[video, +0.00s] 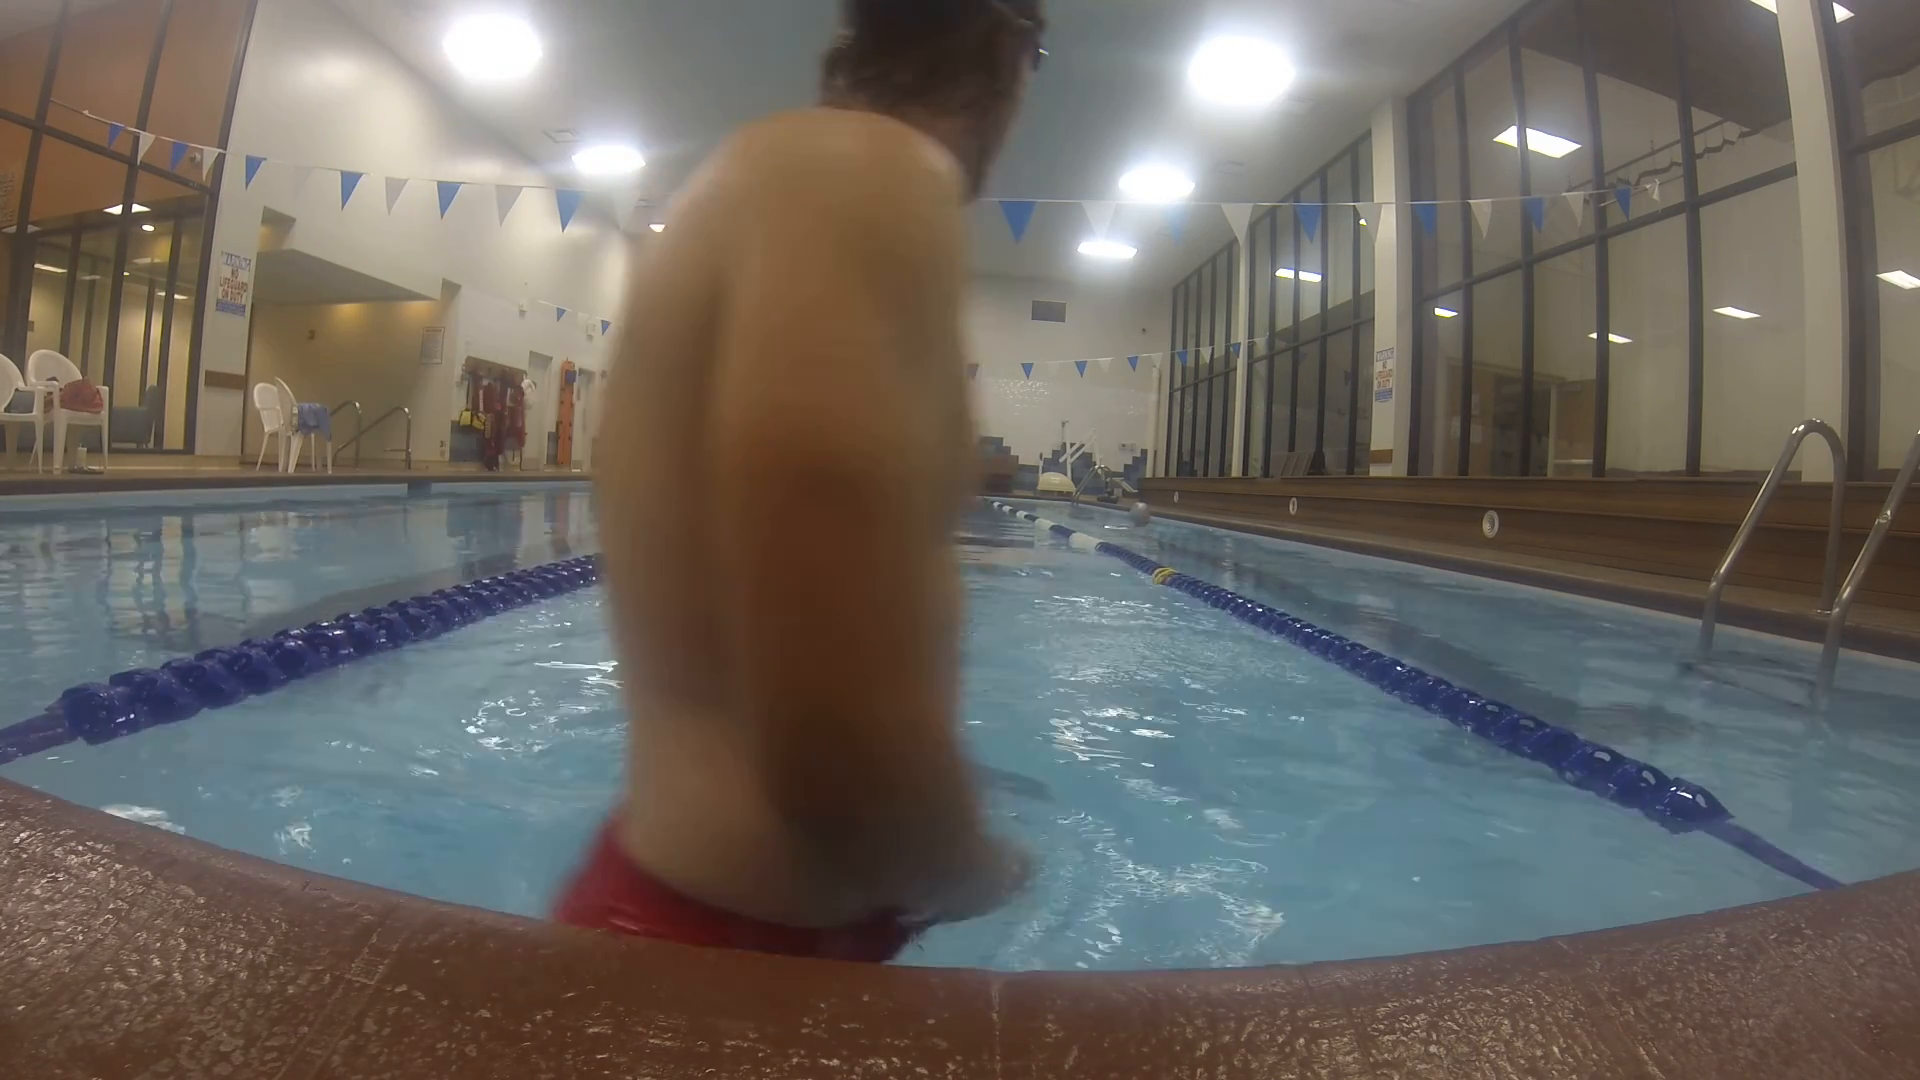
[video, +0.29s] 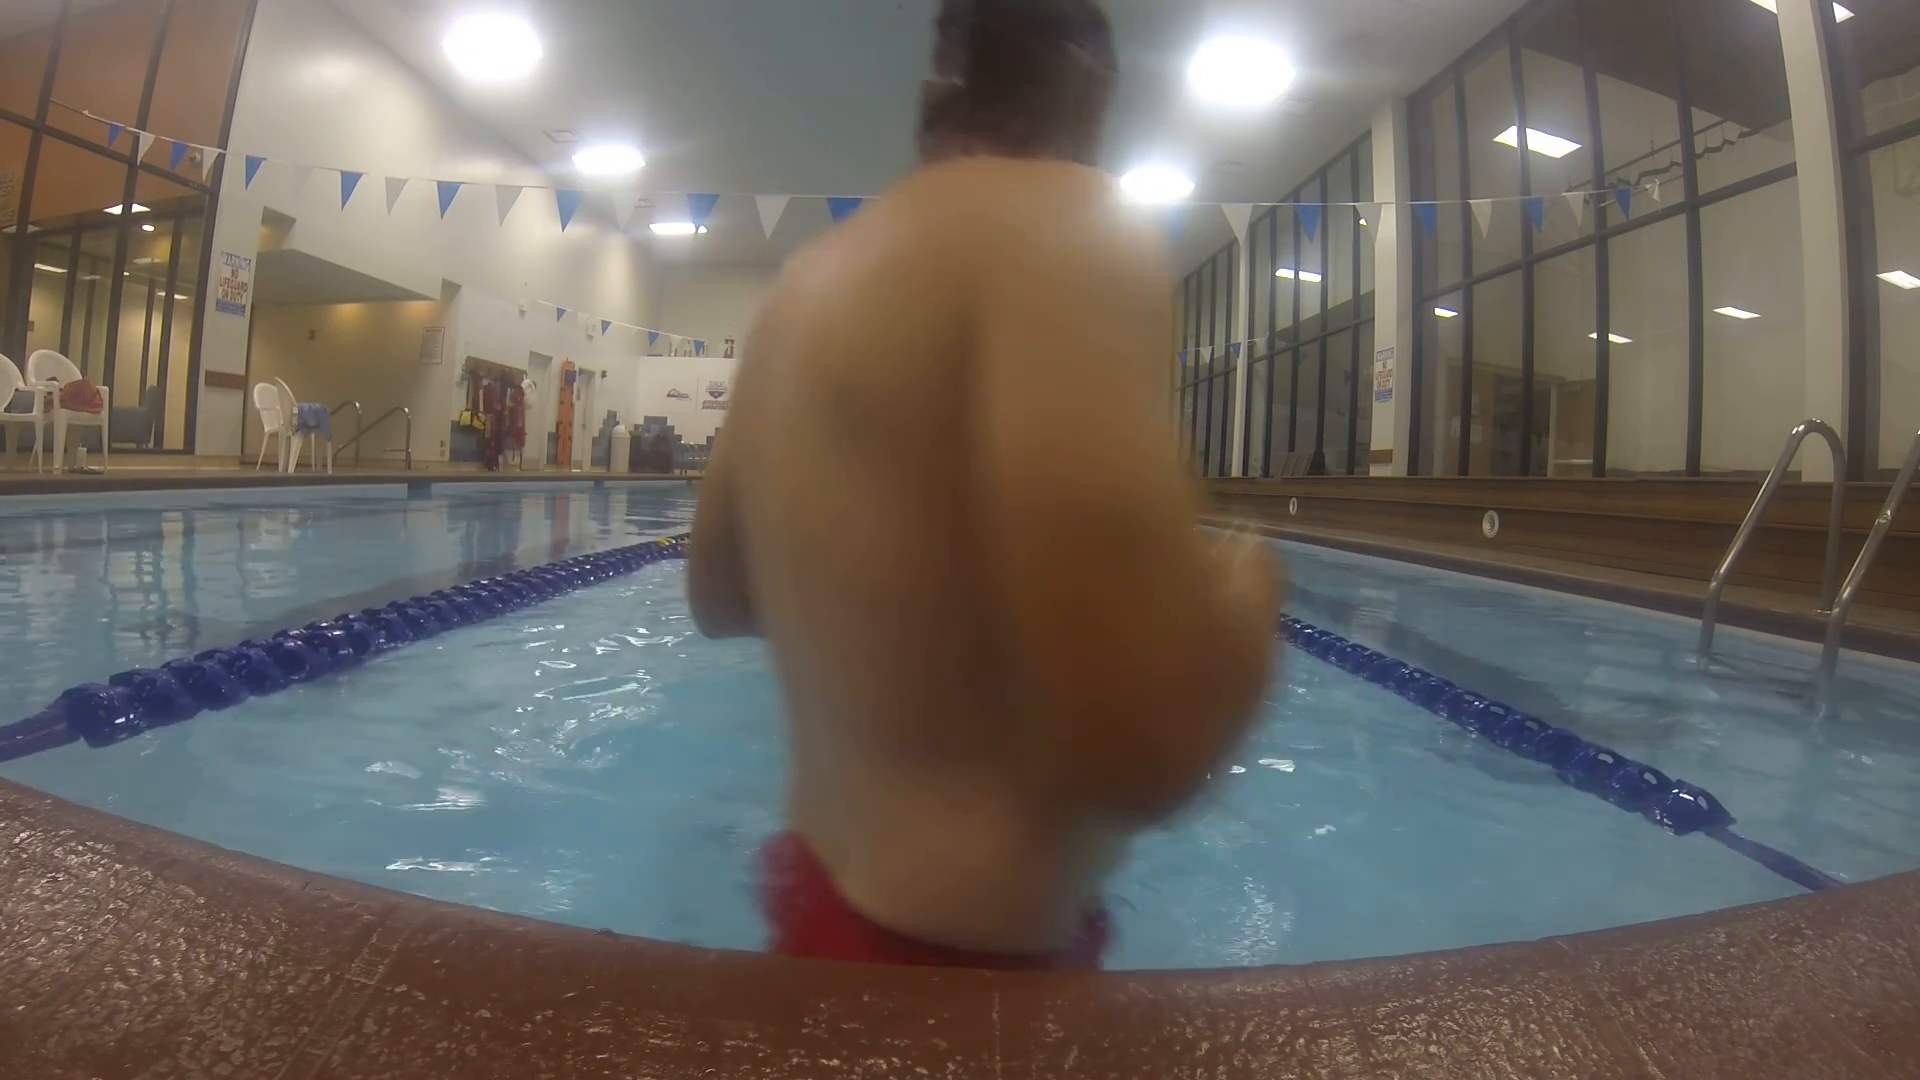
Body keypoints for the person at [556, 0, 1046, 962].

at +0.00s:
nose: (1022, 101)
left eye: (1030, 69)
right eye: (1031, 66)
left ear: (851, 55)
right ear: (1010, 56)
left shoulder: (753, 177)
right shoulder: (859, 172)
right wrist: (948, 861)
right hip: (754, 935)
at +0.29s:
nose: (1110, 118)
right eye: (1110, 96)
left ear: (935, 92)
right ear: (1092, 83)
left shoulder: (818, 270)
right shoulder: (1059, 223)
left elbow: (721, 588)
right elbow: (1140, 739)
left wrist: (929, 543)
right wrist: (1245, 580)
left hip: (825, 906)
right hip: (978, 953)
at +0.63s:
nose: (1235, 91)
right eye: (1223, 63)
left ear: (1040, 82)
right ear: (1198, 78)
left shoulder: (872, 260)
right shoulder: (1271, 242)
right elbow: (1399, 528)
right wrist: (1266, 202)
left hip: (899, 924)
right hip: (1139, 967)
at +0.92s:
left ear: (1112, 112)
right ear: (1306, 127)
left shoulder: (979, 257)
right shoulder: (1447, 289)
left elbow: (949, 487)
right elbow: (1455, 515)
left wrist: (1070, 200)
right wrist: (1335, 207)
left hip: (1029, 942)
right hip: (1304, 965)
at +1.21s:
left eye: (1231, 95)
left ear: (1238, 106)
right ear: (1406, 120)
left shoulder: (1149, 239)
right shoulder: (1567, 316)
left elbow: (1004, 479)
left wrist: (1161, 202)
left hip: (1145, 948)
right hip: (1418, 955)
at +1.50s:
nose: (1243, 115)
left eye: (1255, 94)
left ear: (1273, 101)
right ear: (1440, 121)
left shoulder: (1223, 227)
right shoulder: (1597, 311)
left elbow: (1046, 475)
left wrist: (1185, 217)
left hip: (1193, 945)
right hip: (1455, 948)